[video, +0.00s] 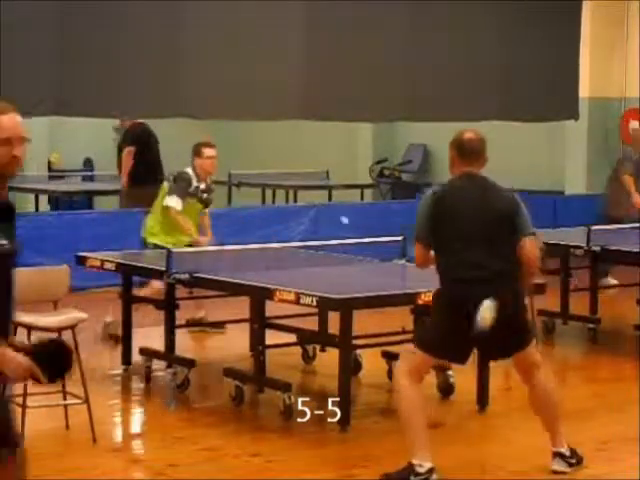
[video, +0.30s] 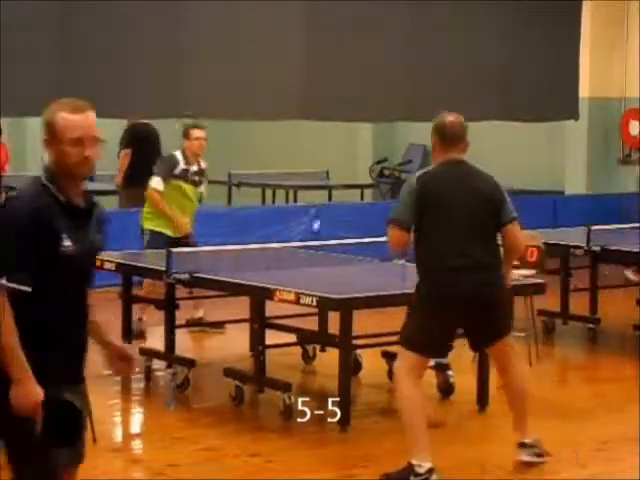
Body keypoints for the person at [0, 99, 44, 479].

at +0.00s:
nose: (16, 153)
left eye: (21, 142)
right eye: (6, 142)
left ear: (28, 144)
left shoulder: (7, 210)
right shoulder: (2, 211)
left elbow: (4, 291)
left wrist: (7, 348)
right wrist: (4, 356)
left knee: (12, 452)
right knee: (11, 454)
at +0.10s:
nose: (36, 154)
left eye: (41, 143)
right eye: (24, 144)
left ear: (47, 145)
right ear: (1, 148)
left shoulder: (27, 207)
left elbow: (17, 294)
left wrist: (34, 346)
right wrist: (13, 362)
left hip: (17, 355)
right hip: (0, 361)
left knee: (35, 450)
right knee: (33, 450)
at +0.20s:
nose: (70, 152)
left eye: (75, 141)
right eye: (58, 142)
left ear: (80, 142)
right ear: (31, 147)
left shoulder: (63, 204)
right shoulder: (13, 205)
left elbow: (56, 291)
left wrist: (74, 345)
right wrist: (22, 372)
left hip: (52, 367)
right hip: (16, 376)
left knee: (58, 460)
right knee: (24, 465)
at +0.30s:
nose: (89, 154)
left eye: (94, 143)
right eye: (76, 143)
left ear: (101, 144)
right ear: (49, 146)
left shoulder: (87, 210)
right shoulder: (23, 210)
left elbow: (75, 295)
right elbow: (1, 297)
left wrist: (107, 342)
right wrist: (21, 379)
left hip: (69, 373)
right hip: (29, 380)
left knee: (68, 465)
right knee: (40, 471)